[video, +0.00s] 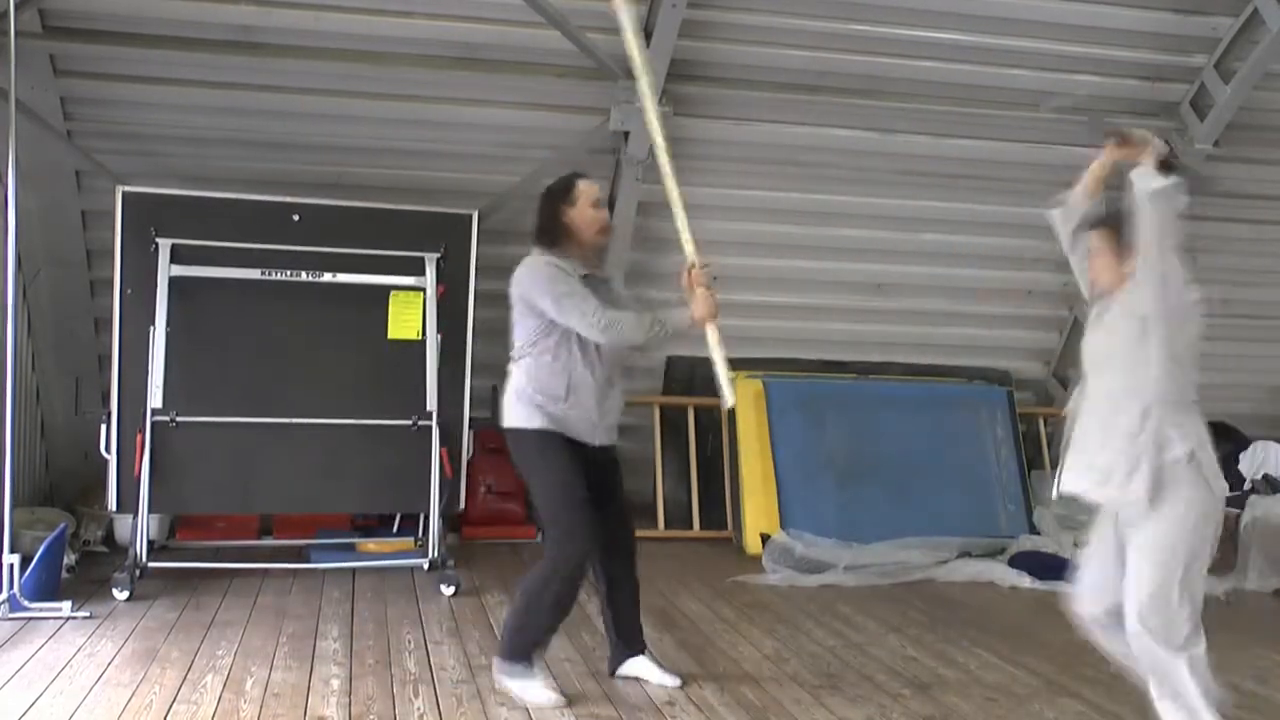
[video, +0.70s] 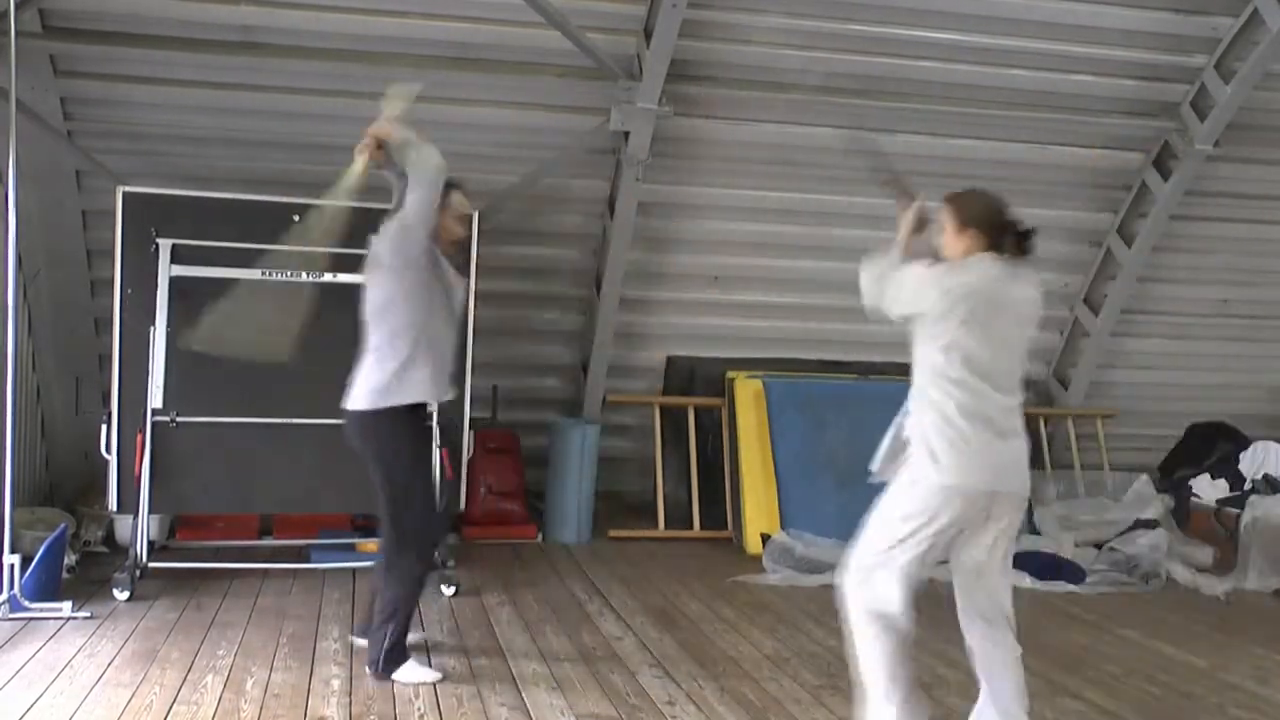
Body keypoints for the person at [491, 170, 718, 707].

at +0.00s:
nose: (606, 215)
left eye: (606, 206)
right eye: (595, 205)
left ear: (595, 218)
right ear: (563, 215)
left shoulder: (599, 283)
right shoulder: (536, 272)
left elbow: (630, 338)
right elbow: (605, 328)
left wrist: (686, 302)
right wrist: (684, 317)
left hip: (590, 429)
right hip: (538, 422)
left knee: (616, 541)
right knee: (572, 541)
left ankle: (628, 657)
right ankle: (514, 661)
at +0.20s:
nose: (565, 230)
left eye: (566, 221)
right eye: (554, 220)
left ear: (555, 230)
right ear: (521, 228)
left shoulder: (547, 281)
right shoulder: (496, 288)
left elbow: (602, 313)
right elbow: (568, 347)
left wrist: (653, 298)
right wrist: (655, 330)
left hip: (532, 435)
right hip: (488, 434)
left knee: (577, 529)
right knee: (542, 546)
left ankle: (559, 636)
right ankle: (515, 682)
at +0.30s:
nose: (522, 233)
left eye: (523, 223)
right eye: (511, 223)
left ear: (519, 232)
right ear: (480, 229)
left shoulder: (511, 281)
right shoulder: (462, 287)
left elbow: (568, 281)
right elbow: (531, 329)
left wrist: (628, 276)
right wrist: (614, 304)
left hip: (500, 430)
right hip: (464, 429)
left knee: (512, 537)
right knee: (507, 543)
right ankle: (514, 681)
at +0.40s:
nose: (493, 242)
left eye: (496, 232)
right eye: (484, 232)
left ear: (481, 233)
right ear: (453, 231)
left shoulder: (462, 274)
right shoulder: (446, 283)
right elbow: (531, 278)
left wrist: (571, 196)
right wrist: (582, 214)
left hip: (474, 430)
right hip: (449, 432)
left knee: (464, 546)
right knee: (488, 545)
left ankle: (396, 624)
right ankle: (506, 678)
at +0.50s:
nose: (481, 239)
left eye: (480, 229)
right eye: (475, 228)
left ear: (449, 230)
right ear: (452, 229)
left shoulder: (439, 274)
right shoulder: (436, 274)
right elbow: (491, 219)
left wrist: (470, 149)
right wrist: (497, 153)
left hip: (435, 430)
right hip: (421, 431)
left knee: (440, 539)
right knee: (476, 532)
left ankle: (393, 632)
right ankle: (444, 643)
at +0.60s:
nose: (466, 227)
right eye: (456, 216)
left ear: (424, 217)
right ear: (436, 218)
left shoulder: (433, 260)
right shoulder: (422, 257)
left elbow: (458, 206)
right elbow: (463, 203)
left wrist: (423, 157)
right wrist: (419, 156)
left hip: (431, 418)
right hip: (408, 420)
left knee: (436, 530)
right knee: (456, 532)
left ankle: (405, 624)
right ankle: (393, 637)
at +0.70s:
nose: (466, 229)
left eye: (470, 221)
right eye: (459, 218)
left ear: (456, 226)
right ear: (433, 211)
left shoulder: (434, 268)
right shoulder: (398, 246)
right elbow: (428, 168)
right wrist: (390, 137)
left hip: (407, 410)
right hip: (384, 409)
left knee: (414, 529)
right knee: (414, 532)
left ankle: (378, 626)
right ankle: (388, 657)